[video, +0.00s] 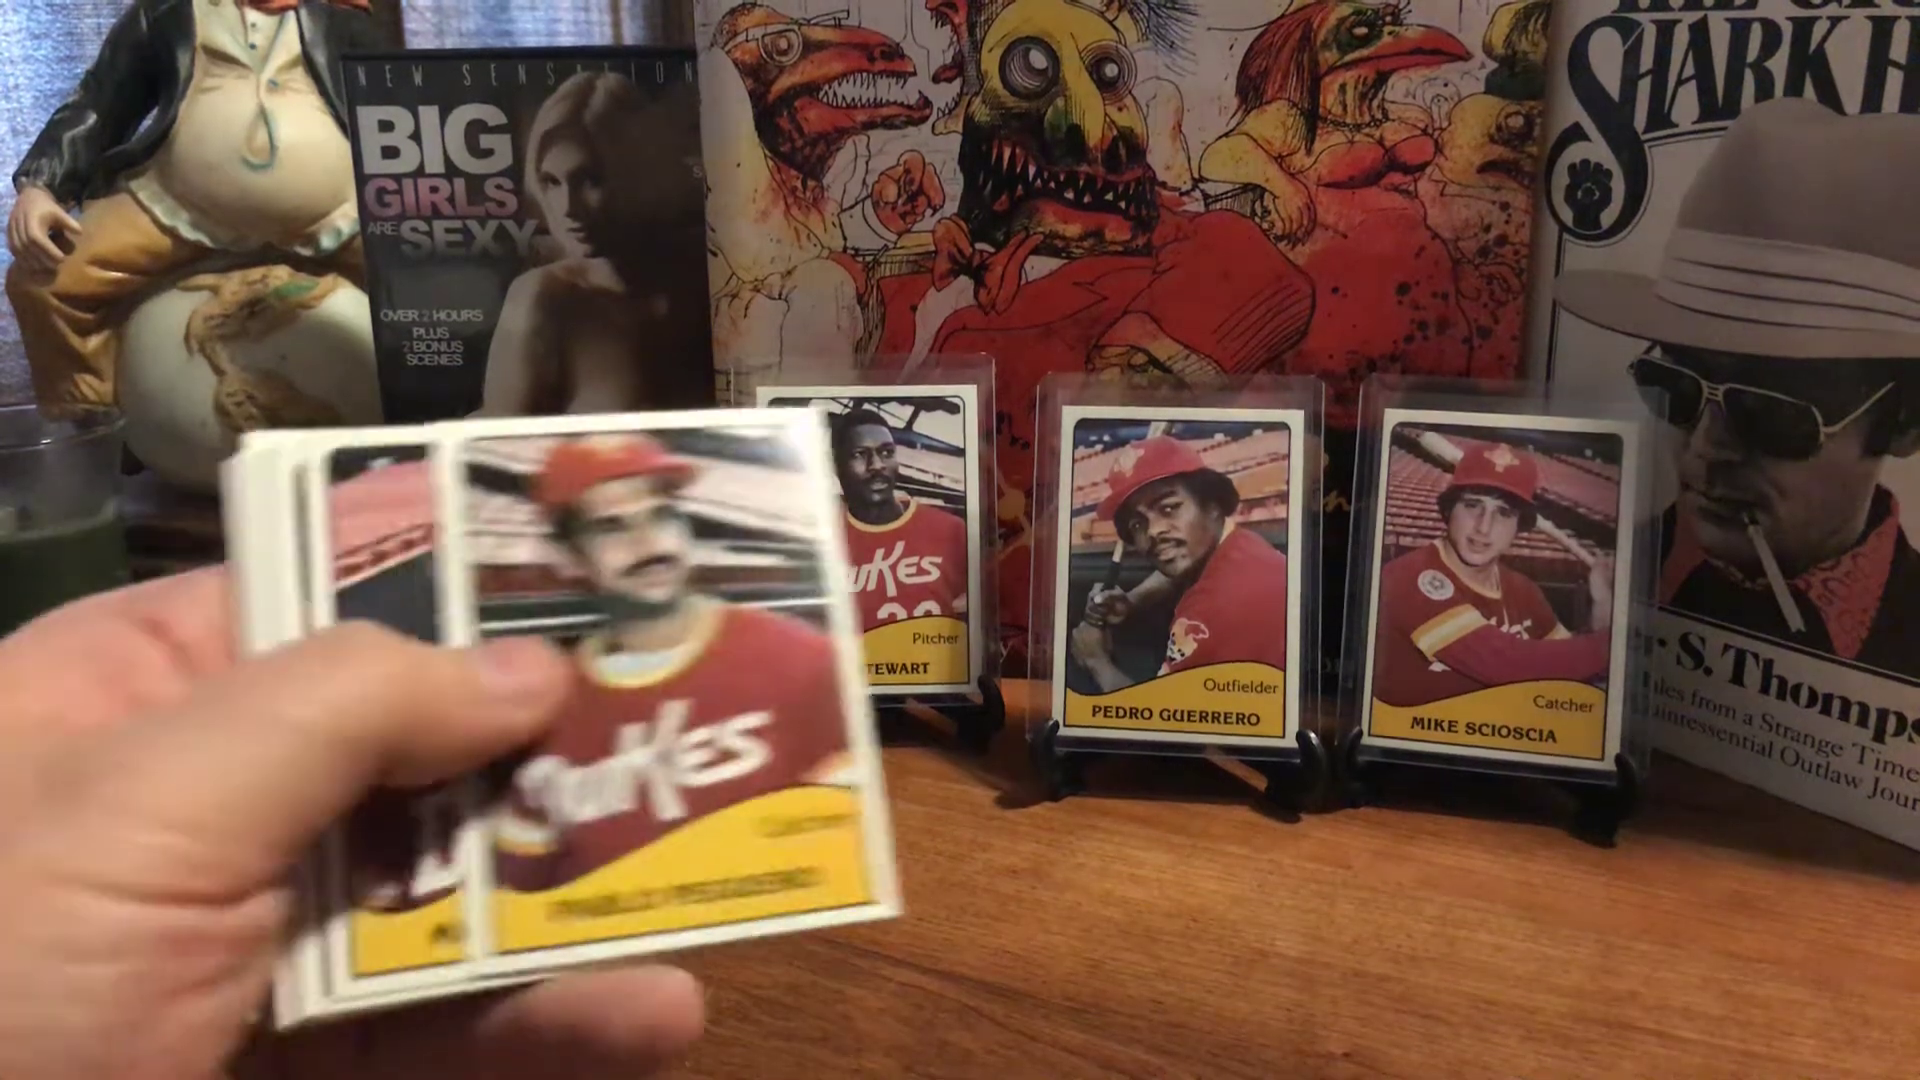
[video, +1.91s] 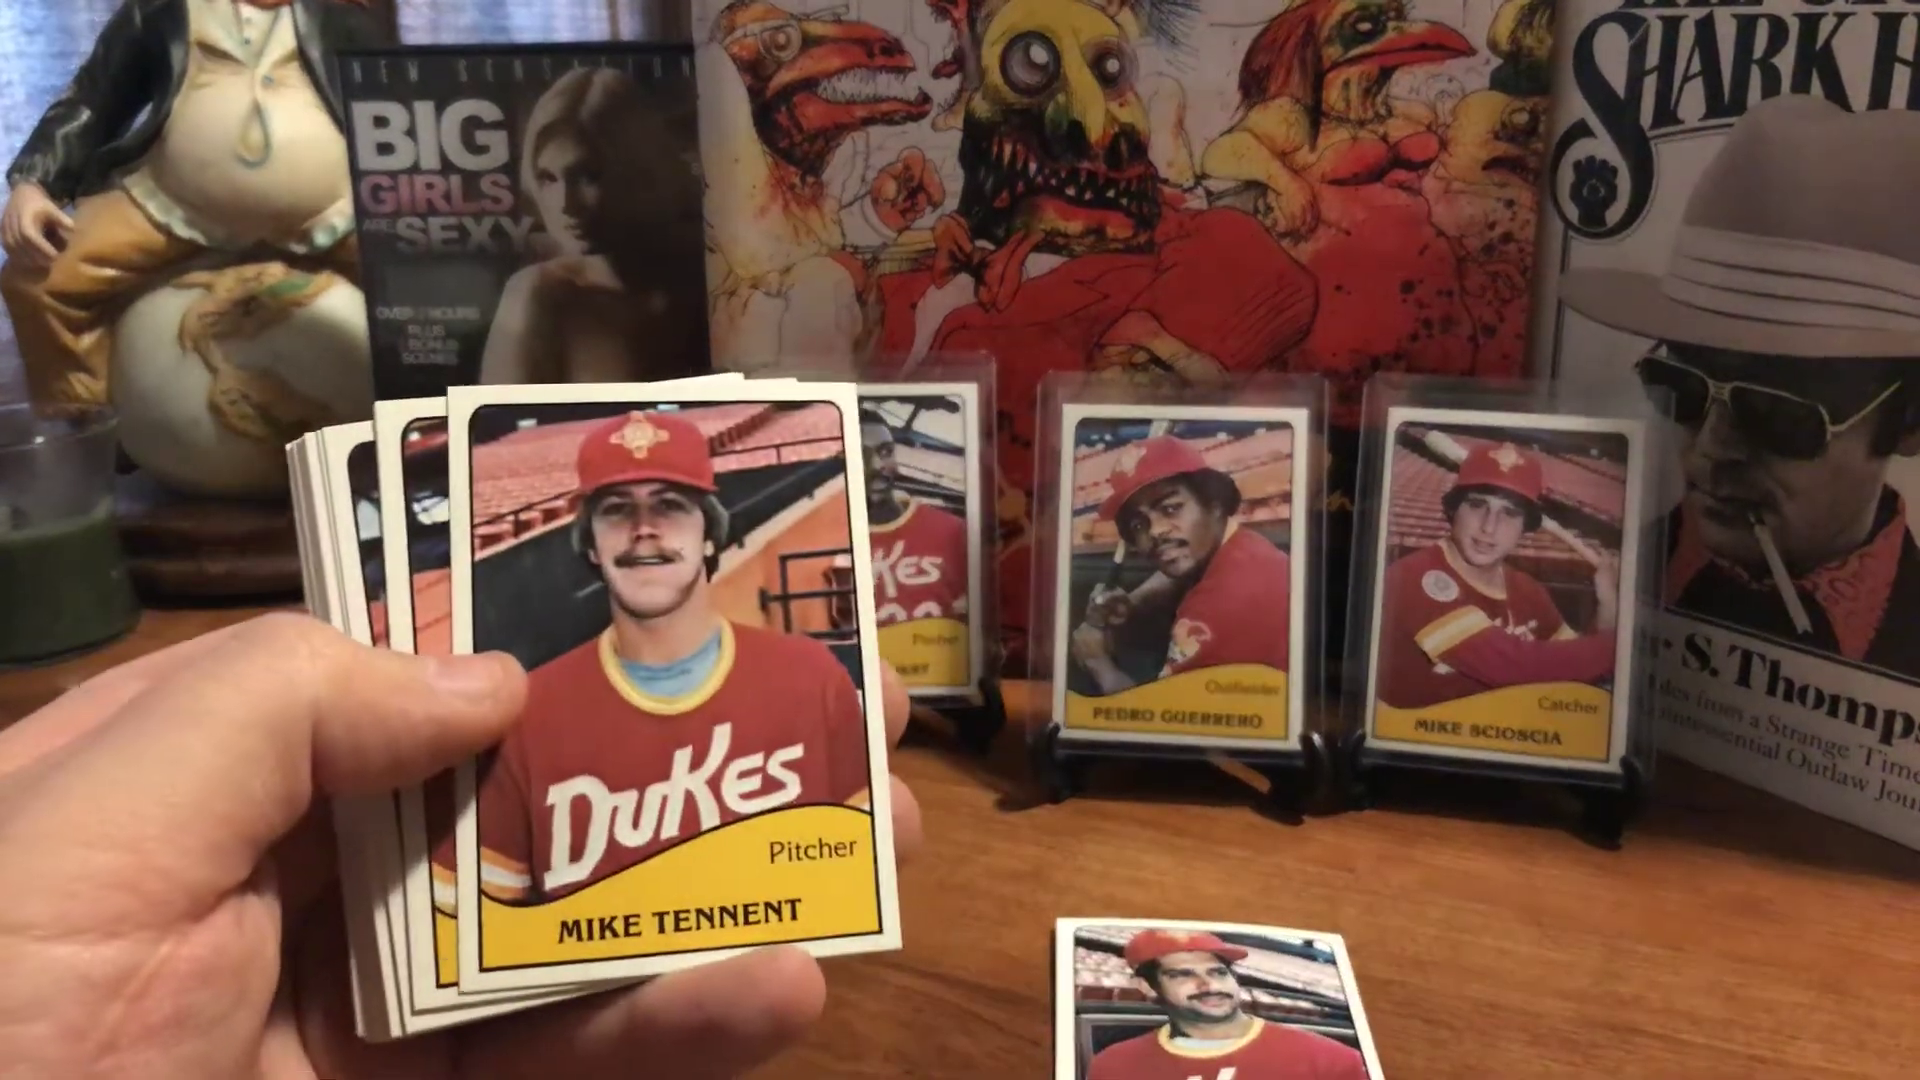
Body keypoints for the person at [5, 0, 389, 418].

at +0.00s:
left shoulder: (347, 21)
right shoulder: (163, 14)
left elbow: (398, 108)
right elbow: (99, 102)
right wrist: (36, 184)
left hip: (339, 213)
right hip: (178, 208)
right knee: (43, 281)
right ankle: (104, 440)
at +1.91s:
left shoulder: (343, 18)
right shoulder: (158, 10)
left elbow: (398, 103)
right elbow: (92, 100)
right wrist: (29, 180)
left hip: (333, 212)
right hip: (173, 206)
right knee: (37, 277)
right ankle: (96, 438)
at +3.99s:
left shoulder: (350, 17)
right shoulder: (160, 13)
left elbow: (399, 98)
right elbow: (93, 103)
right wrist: (31, 182)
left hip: (337, 210)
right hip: (175, 206)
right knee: (40, 281)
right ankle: (96, 453)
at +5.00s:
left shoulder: (348, 19)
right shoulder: (164, 11)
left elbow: (400, 107)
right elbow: (94, 103)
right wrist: (32, 181)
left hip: (338, 212)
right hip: (176, 207)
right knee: (41, 280)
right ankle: (98, 443)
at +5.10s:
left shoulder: (347, 19)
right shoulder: (165, 12)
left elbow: (403, 108)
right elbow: (97, 104)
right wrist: (34, 183)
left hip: (338, 215)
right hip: (178, 209)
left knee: (442, 297)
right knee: (43, 281)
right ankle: (98, 440)